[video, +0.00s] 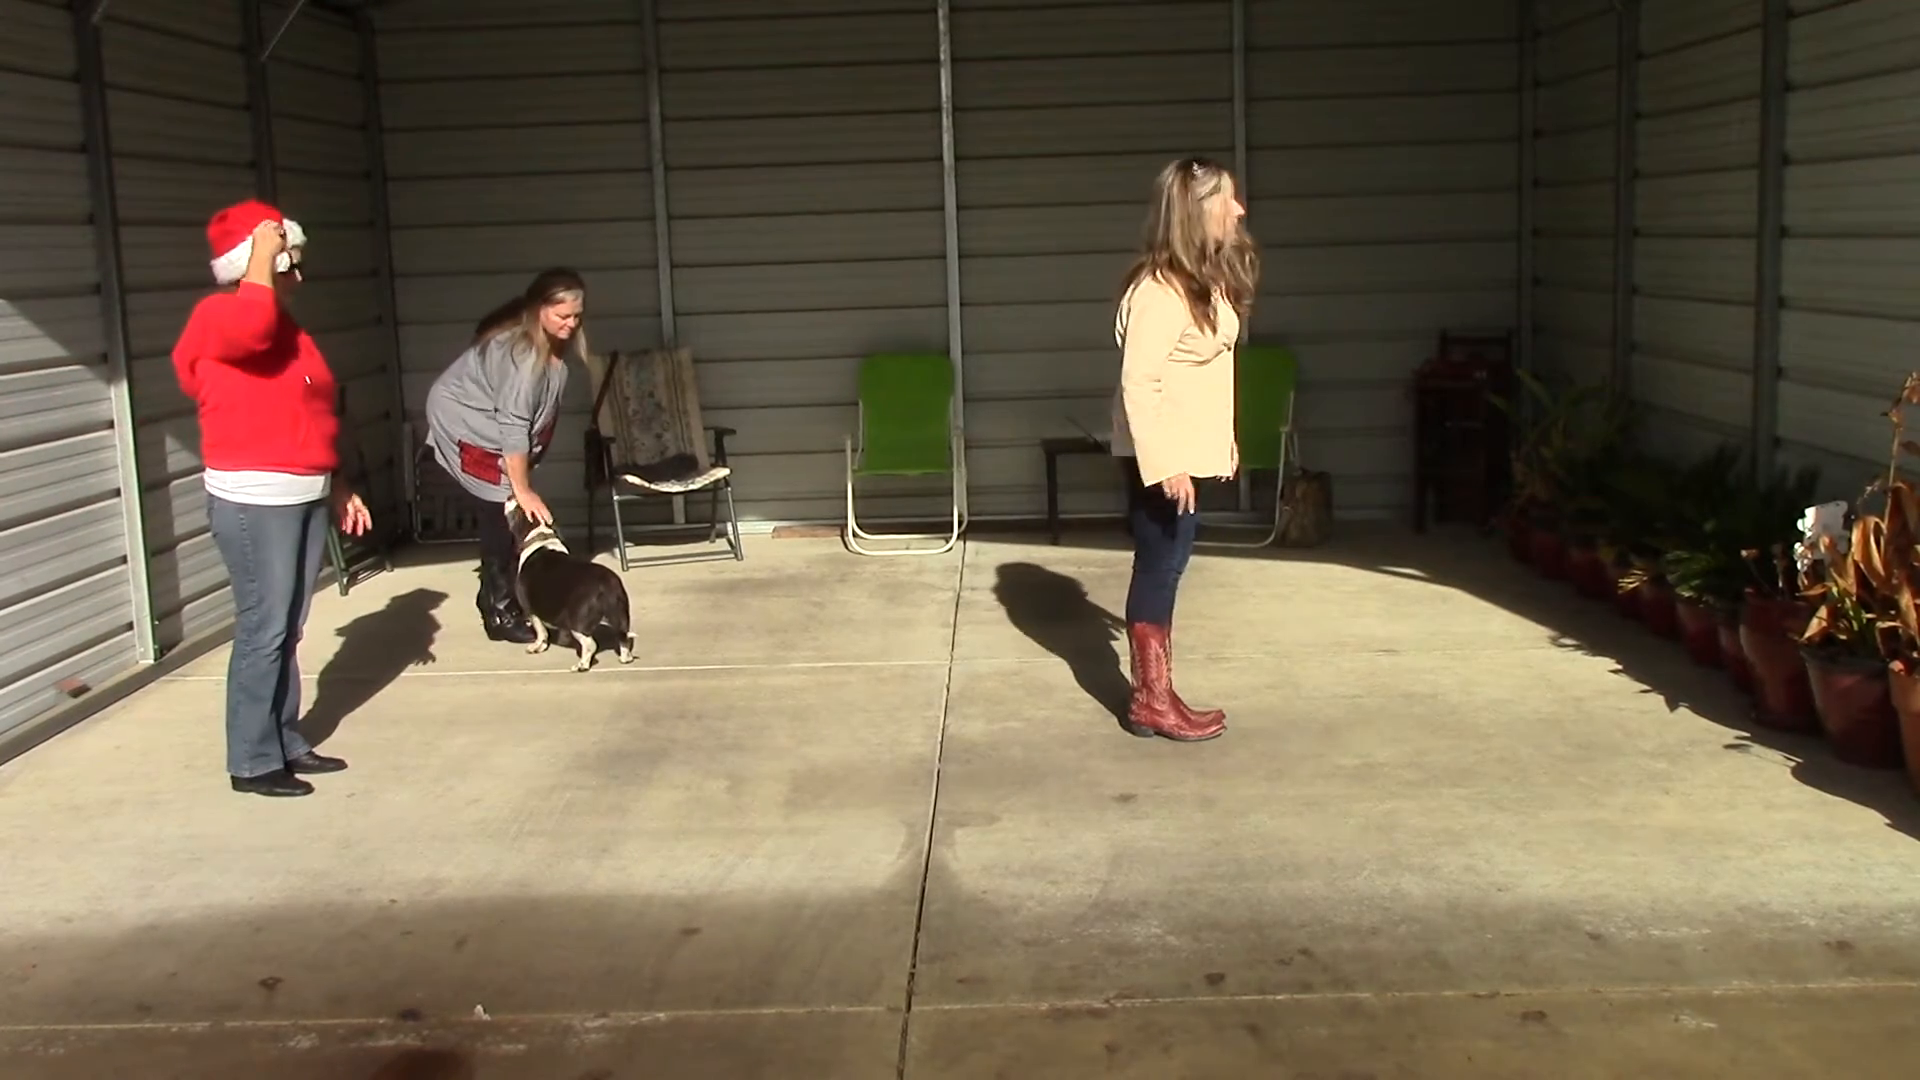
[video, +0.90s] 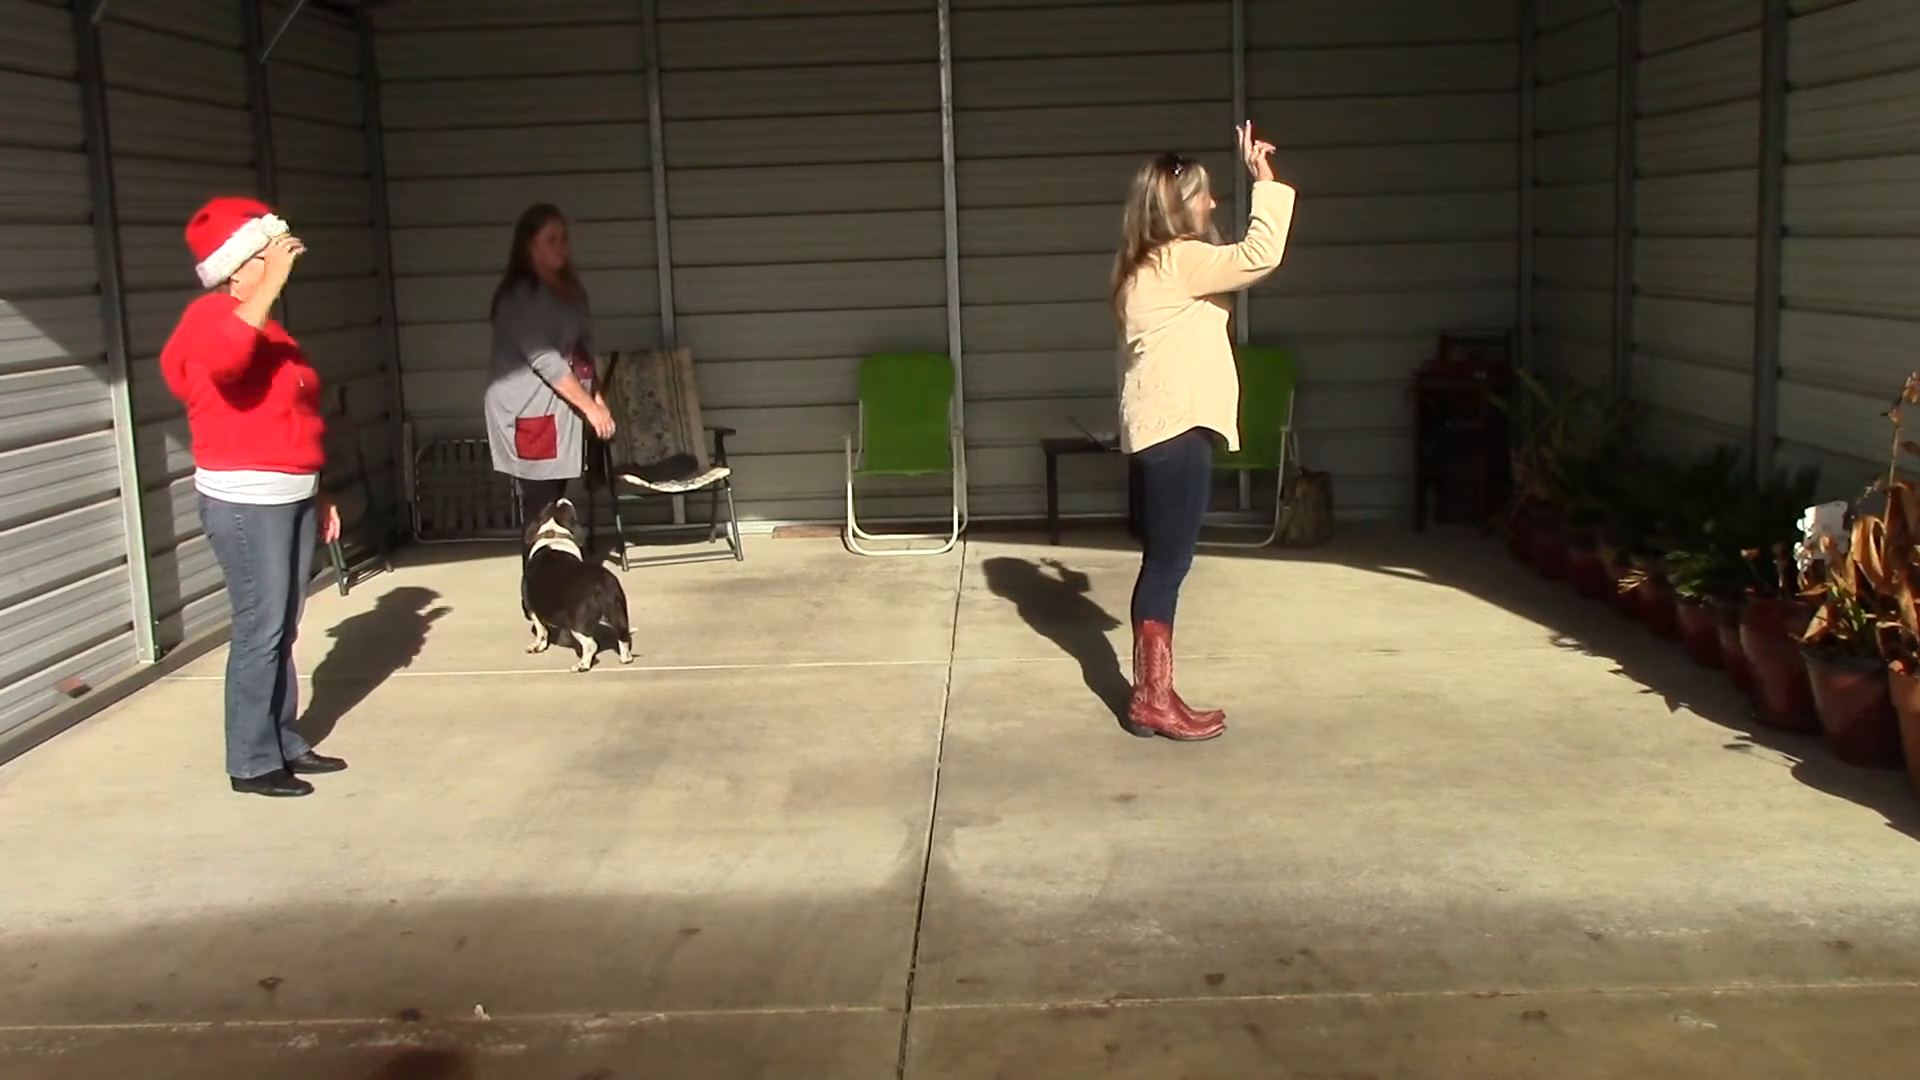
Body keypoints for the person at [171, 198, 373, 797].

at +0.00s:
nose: (294, 268)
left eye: (294, 257)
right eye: (283, 257)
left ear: (274, 261)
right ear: (245, 260)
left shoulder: (286, 329)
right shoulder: (213, 315)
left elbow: (312, 415)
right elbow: (255, 326)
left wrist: (338, 487)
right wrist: (261, 256)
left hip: (305, 494)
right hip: (253, 496)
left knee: (286, 630)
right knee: (263, 631)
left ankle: (281, 743)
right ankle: (250, 762)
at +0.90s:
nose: (280, 265)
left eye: (277, 256)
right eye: (270, 256)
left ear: (247, 268)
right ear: (240, 269)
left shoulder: (265, 322)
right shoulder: (206, 316)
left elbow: (291, 416)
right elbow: (223, 361)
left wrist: (317, 494)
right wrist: (270, 284)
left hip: (292, 494)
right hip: (245, 498)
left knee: (281, 628)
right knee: (259, 629)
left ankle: (282, 742)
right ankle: (250, 762)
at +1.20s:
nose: (290, 273)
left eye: (289, 263)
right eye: (280, 263)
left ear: (253, 270)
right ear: (245, 269)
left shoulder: (263, 324)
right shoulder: (223, 323)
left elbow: (267, 417)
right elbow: (208, 418)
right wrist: (230, 503)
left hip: (291, 494)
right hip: (254, 497)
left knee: (281, 628)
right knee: (262, 629)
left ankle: (282, 743)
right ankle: (251, 762)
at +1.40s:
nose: (290, 275)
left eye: (288, 265)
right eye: (278, 266)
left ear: (255, 272)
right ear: (243, 272)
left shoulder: (273, 327)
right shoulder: (216, 326)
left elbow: (289, 417)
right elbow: (202, 421)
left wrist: (311, 495)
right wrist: (238, 500)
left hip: (295, 494)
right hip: (251, 498)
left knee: (283, 625)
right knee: (270, 625)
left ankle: (284, 743)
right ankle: (252, 763)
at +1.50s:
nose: (289, 275)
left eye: (287, 265)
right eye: (278, 266)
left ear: (255, 272)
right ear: (242, 273)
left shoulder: (275, 328)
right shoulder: (219, 326)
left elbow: (295, 422)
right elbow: (212, 426)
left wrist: (318, 500)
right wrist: (255, 500)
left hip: (293, 497)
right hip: (246, 498)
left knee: (282, 625)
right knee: (270, 623)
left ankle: (283, 743)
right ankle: (252, 762)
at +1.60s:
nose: (290, 275)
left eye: (289, 265)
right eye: (279, 266)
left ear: (258, 271)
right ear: (243, 272)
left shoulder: (276, 329)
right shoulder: (220, 327)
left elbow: (299, 419)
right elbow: (216, 430)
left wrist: (327, 490)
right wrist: (269, 498)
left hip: (287, 496)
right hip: (242, 498)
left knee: (281, 625)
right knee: (267, 625)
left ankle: (283, 743)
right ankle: (252, 762)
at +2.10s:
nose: (300, 277)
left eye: (299, 267)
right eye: (290, 267)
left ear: (263, 274)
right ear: (252, 274)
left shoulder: (276, 329)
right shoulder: (229, 328)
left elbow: (299, 421)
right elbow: (229, 429)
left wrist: (325, 497)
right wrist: (274, 502)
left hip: (292, 497)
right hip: (249, 499)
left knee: (285, 627)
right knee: (267, 627)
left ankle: (282, 743)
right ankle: (251, 761)